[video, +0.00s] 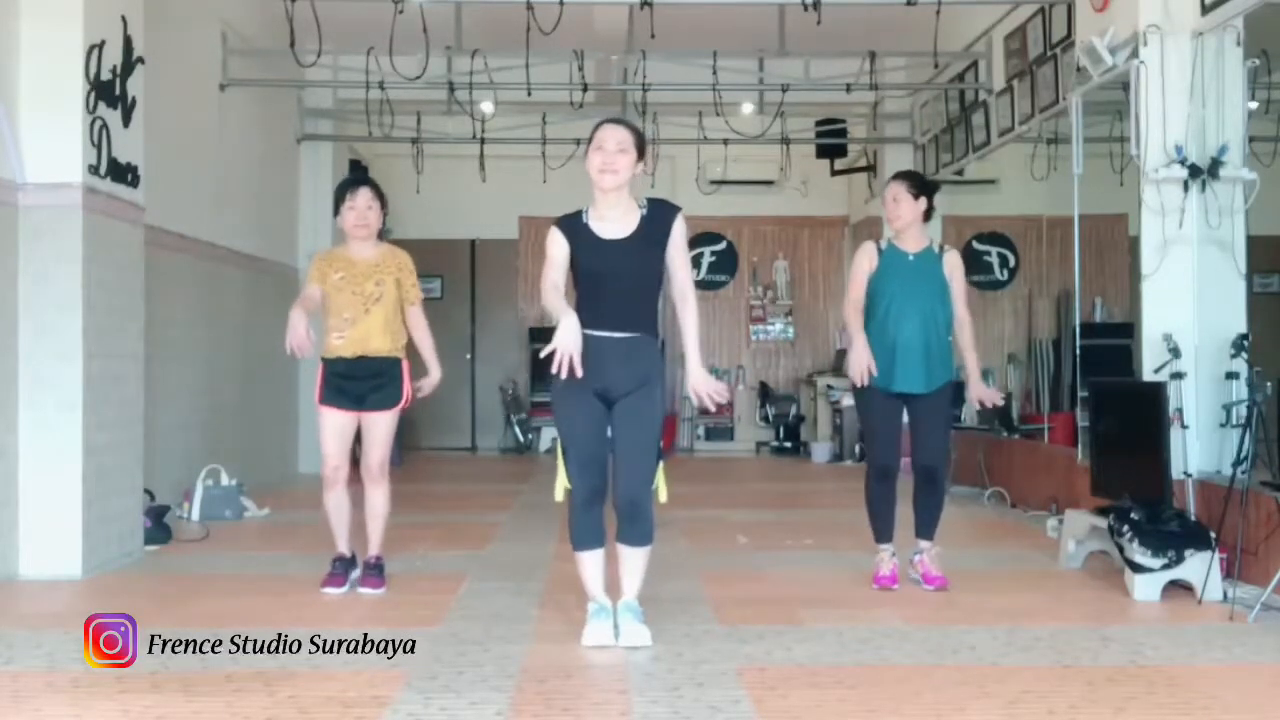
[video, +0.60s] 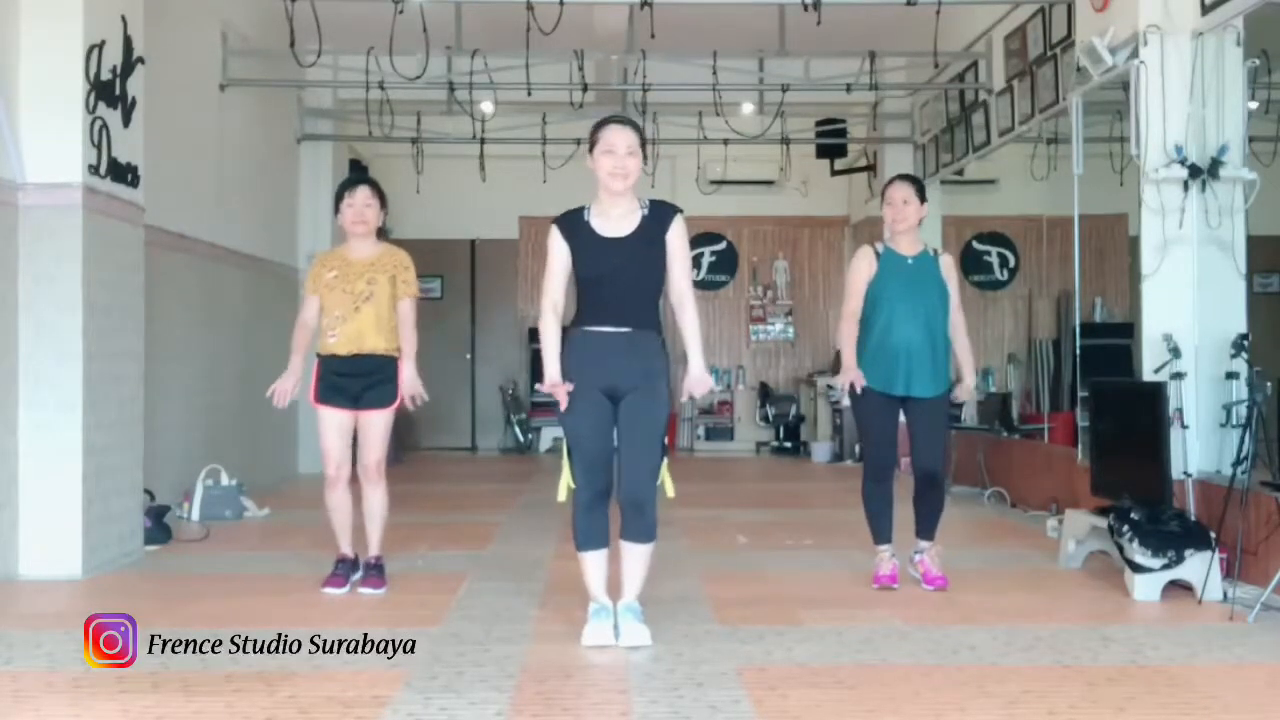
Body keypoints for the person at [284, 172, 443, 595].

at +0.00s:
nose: (361, 214)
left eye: (370, 207)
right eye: (351, 207)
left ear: (382, 216)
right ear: (339, 216)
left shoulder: (398, 260)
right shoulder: (326, 262)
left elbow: (415, 316)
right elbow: (309, 300)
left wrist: (433, 366)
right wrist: (297, 314)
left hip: (386, 371)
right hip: (338, 371)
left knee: (375, 469)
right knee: (334, 470)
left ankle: (373, 559)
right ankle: (342, 556)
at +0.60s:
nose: (358, 211)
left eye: (368, 204)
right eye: (350, 204)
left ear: (382, 214)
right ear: (338, 214)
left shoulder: (397, 261)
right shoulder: (323, 264)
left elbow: (406, 319)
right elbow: (306, 321)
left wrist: (408, 367)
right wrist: (293, 370)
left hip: (382, 368)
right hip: (333, 369)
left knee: (372, 468)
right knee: (335, 471)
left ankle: (374, 559)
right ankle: (345, 558)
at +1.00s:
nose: (350, 213)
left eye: (360, 207)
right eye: (343, 206)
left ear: (375, 216)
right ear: (331, 214)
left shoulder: (387, 262)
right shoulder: (319, 265)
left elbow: (379, 317)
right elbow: (308, 330)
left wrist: (369, 316)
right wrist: (297, 383)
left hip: (367, 369)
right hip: (322, 368)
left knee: (360, 469)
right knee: (335, 471)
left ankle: (371, 558)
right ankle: (345, 560)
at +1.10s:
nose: (350, 215)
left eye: (360, 208)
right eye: (343, 208)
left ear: (375, 217)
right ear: (331, 216)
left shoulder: (388, 262)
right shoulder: (320, 265)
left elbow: (374, 318)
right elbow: (310, 330)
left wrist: (356, 308)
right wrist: (300, 382)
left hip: (367, 369)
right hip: (322, 367)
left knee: (357, 469)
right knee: (335, 471)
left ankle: (371, 557)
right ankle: (346, 560)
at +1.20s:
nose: (350, 216)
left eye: (360, 209)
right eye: (343, 208)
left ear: (375, 217)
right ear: (331, 216)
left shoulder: (388, 262)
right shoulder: (320, 265)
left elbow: (375, 319)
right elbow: (310, 330)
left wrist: (346, 302)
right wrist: (300, 382)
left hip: (367, 368)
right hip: (322, 366)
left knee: (355, 468)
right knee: (334, 470)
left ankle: (371, 557)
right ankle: (346, 560)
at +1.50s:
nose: (352, 216)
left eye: (361, 210)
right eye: (344, 209)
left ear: (377, 219)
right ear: (333, 218)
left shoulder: (391, 260)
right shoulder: (323, 266)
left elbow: (393, 308)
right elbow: (304, 329)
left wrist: (388, 344)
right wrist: (282, 388)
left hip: (371, 369)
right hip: (324, 369)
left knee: (362, 469)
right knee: (337, 470)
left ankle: (372, 558)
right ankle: (347, 560)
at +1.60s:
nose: (356, 213)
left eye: (365, 206)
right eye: (348, 206)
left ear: (379, 215)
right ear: (335, 215)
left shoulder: (393, 259)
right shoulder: (323, 264)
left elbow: (399, 313)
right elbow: (303, 323)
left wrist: (398, 360)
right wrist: (283, 373)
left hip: (375, 369)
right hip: (327, 369)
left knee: (365, 469)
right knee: (340, 469)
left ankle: (373, 558)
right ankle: (346, 560)